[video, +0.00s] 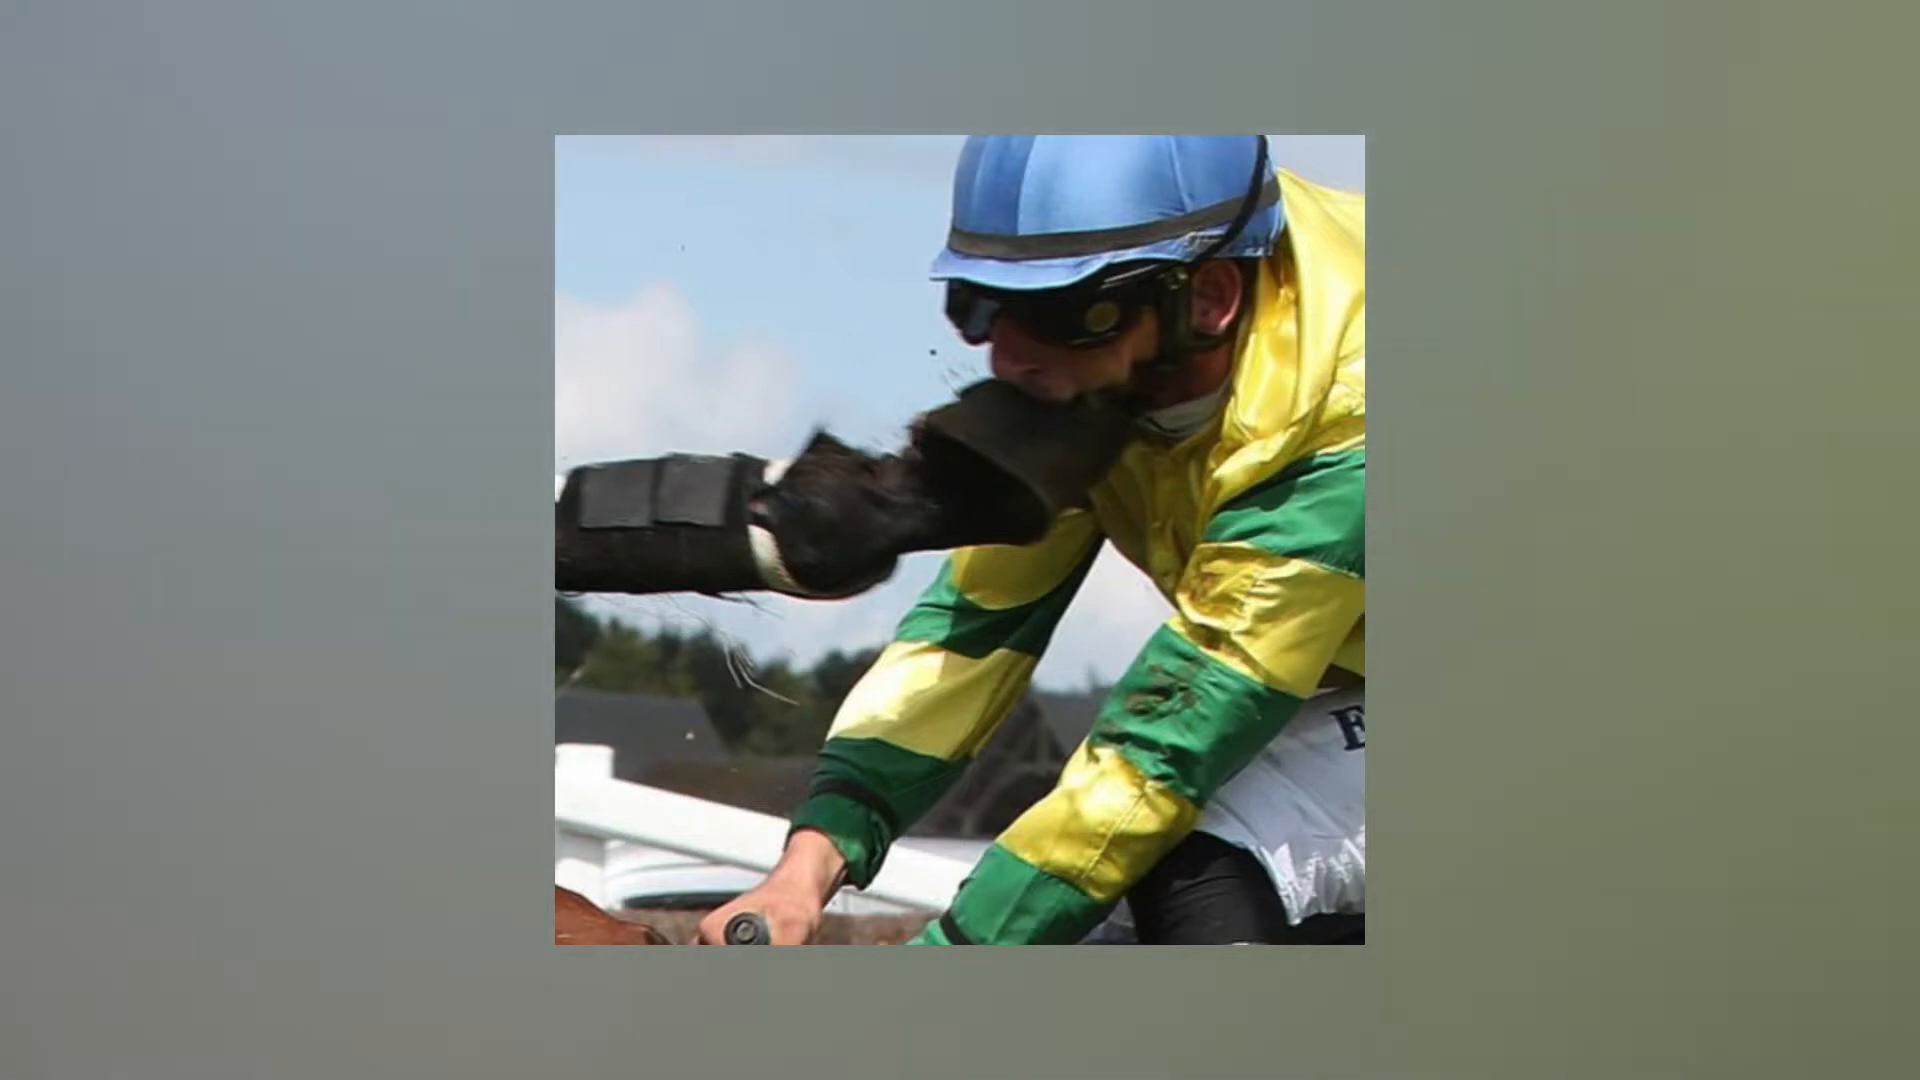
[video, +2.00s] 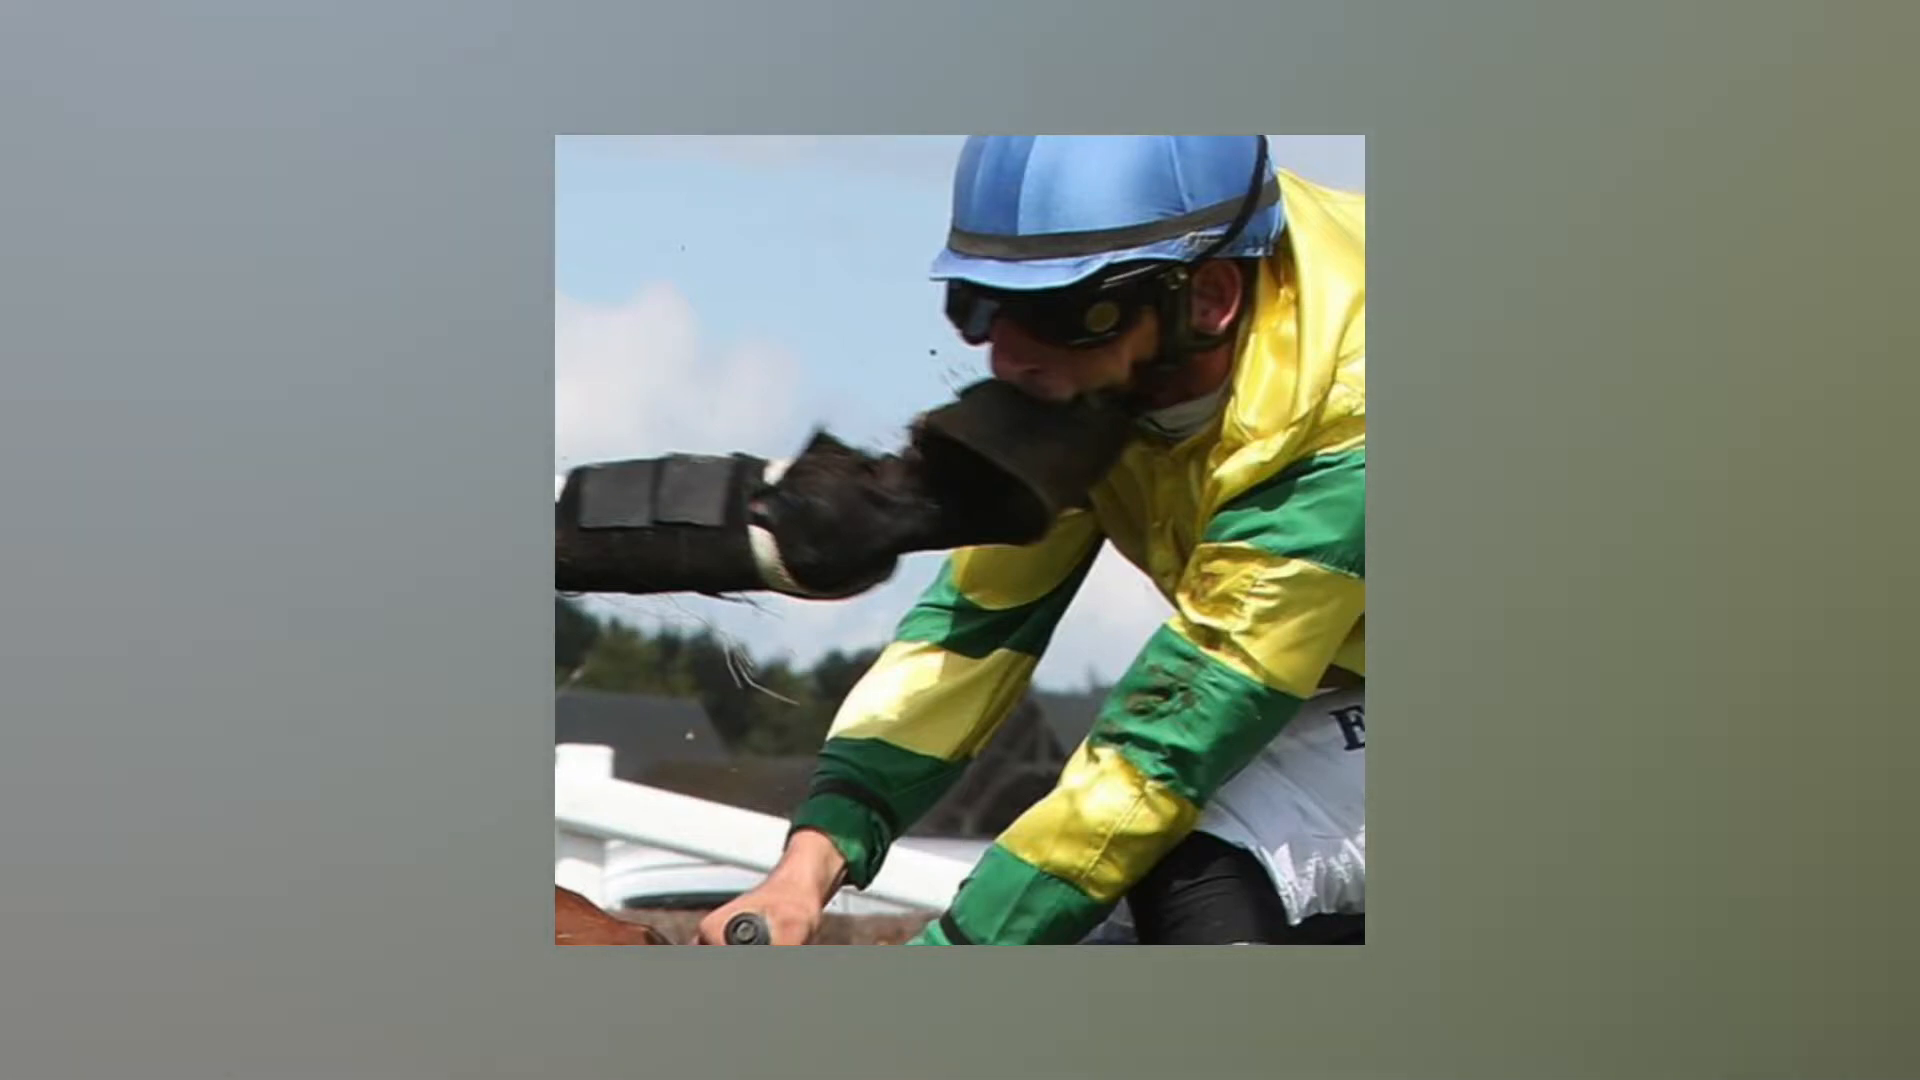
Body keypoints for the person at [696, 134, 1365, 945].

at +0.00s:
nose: (1005, 358)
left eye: (1055, 319)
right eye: (988, 309)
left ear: (1209, 299)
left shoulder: (1341, 428)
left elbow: (1160, 751)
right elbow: (969, 624)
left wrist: (933, 963)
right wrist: (804, 872)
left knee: (1204, 863)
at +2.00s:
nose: (1005, 358)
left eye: (1054, 318)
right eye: (987, 309)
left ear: (1209, 299)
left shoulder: (1341, 429)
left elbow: (1160, 752)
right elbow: (969, 623)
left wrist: (933, 963)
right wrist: (804, 873)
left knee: (1204, 862)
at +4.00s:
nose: (1005, 359)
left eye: (1056, 319)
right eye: (989, 310)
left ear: (1209, 298)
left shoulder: (1341, 429)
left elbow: (1160, 751)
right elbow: (969, 623)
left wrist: (933, 965)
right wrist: (805, 871)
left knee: (1205, 865)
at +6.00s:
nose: (1005, 358)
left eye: (1056, 319)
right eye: (989, 309)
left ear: (1210, 298)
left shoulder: (1342, 429)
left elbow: (1160, 752)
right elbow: (969, 623)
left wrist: (933, 965)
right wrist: (805, 871)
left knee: (1204, 864)